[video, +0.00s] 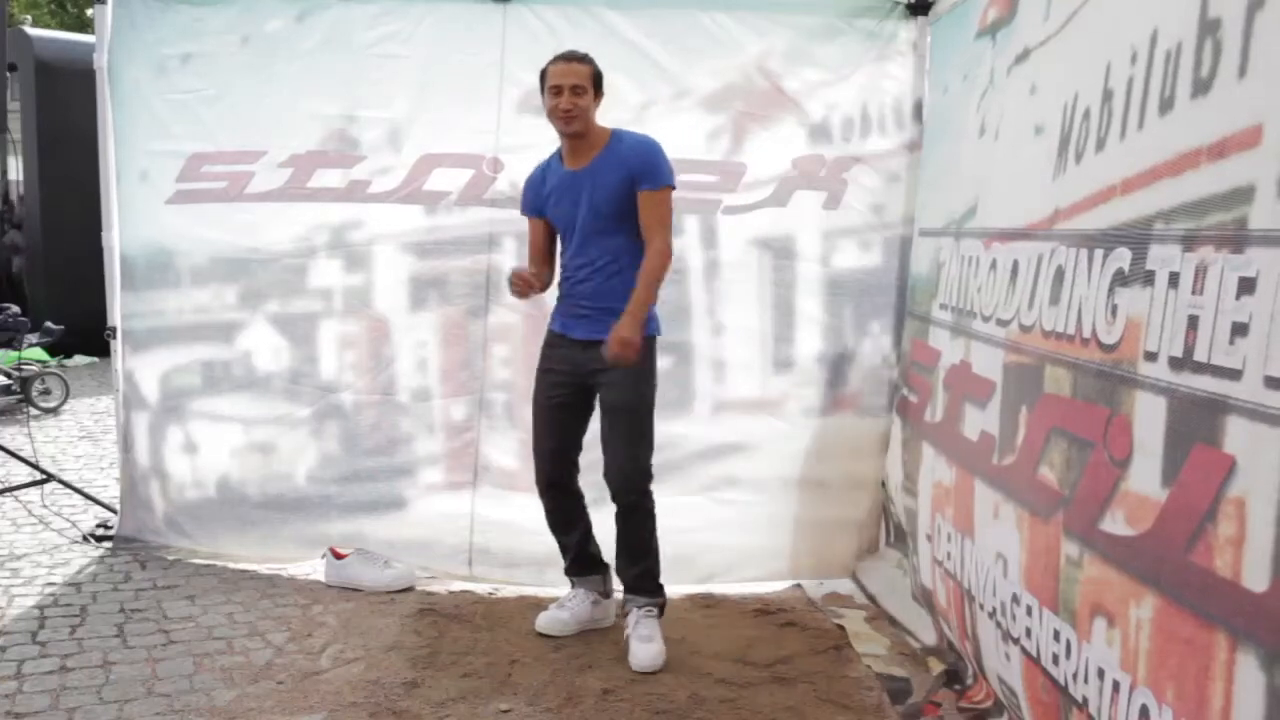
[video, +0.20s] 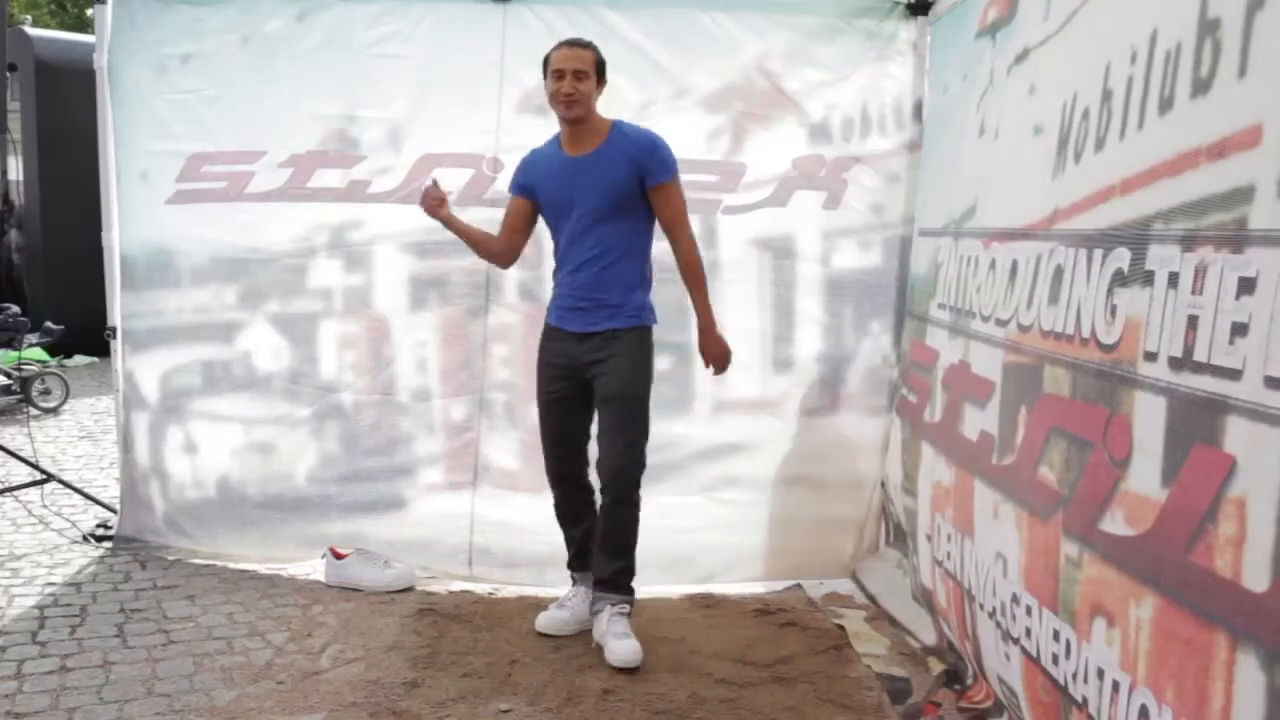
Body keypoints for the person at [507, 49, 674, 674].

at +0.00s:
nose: (566, 102)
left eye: (577, 91)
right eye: (556, 92)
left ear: (597, 99)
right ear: (543, 103)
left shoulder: (639, 155)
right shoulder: (540, 181)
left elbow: (658, 248)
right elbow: (539, 270)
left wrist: (633, 318)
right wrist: (526, 280)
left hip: (625, 344)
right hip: (565, 343)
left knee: (626, 478)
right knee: (554, 475)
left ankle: (644, 608)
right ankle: (591, 589)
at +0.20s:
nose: (568, 85)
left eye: (580, 76)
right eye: (558, 76)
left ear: (601, 85)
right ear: (546, 87)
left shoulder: (642, 149)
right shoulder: (535, 167)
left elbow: (682, 241)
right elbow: (504, 252)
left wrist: (707, 325)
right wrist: (448, 217)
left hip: (625, 337)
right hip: (561, 337)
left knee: (620, 470)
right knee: (563, 470)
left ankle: (614, 605)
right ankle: (586, 586)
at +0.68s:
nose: (601, 87)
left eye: (615, 78)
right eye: (592, 76)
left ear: (634, 91)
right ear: (578, 86)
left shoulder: (659, 163)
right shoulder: (545, 159)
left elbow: (669, 247)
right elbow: (529, 263)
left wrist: (675, 265)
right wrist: (538, 237)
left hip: (642, 337)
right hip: (571, 339)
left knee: (657, 463)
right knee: (571, 472)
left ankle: (630, 598)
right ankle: (588, 588)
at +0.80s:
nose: (608, 77)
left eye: (622, 68)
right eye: (599, 67)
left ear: (643, 82)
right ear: (586, 78)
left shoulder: (667, 157)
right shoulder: (552, 149)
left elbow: (669, 249)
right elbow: (546, 244)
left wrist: (646, 249)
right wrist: (609, 255)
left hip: (644, 336)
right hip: (573, 335)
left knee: (654, 474)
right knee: (581, 472)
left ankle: (654, 609)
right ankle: (592, 590)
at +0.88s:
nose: (603, 78)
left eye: (616, 69)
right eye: (596, 67)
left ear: (644, 82)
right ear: (586, 79)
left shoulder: (674, 162)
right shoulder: (558, 154)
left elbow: (680, 257)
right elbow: (548, 252)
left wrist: (649, 278)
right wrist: (611, 268)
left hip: (644, 342)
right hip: (573, 339)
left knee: (649, 483)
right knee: (581, 477)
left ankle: (652, 609)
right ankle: (592, 589)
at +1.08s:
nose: (582, 88)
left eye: (595, 78)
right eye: (581, 79)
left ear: (635, 85)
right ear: (589, 89)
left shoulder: (684, 169)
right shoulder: (576, 164)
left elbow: (705, 269)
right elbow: (548, 249)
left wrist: (709, 365)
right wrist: (524, 247)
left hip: (645, 354)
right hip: (578, 344)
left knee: (645, 493)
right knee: (547, 468)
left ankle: (652, 614)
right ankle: (582, 578)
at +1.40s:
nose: (568, 94)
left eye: (579, 82)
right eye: (562, 84)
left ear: (615, 84)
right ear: (562, 90)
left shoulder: (653, 147)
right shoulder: (572, 165)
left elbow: (681, 249)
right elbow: (507, 223)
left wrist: (657, 339)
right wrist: (452, 181)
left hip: (626, 351)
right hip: (569, 345)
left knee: (640, 489)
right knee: (554, 475)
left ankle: (669, 613)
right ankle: (575, 595)